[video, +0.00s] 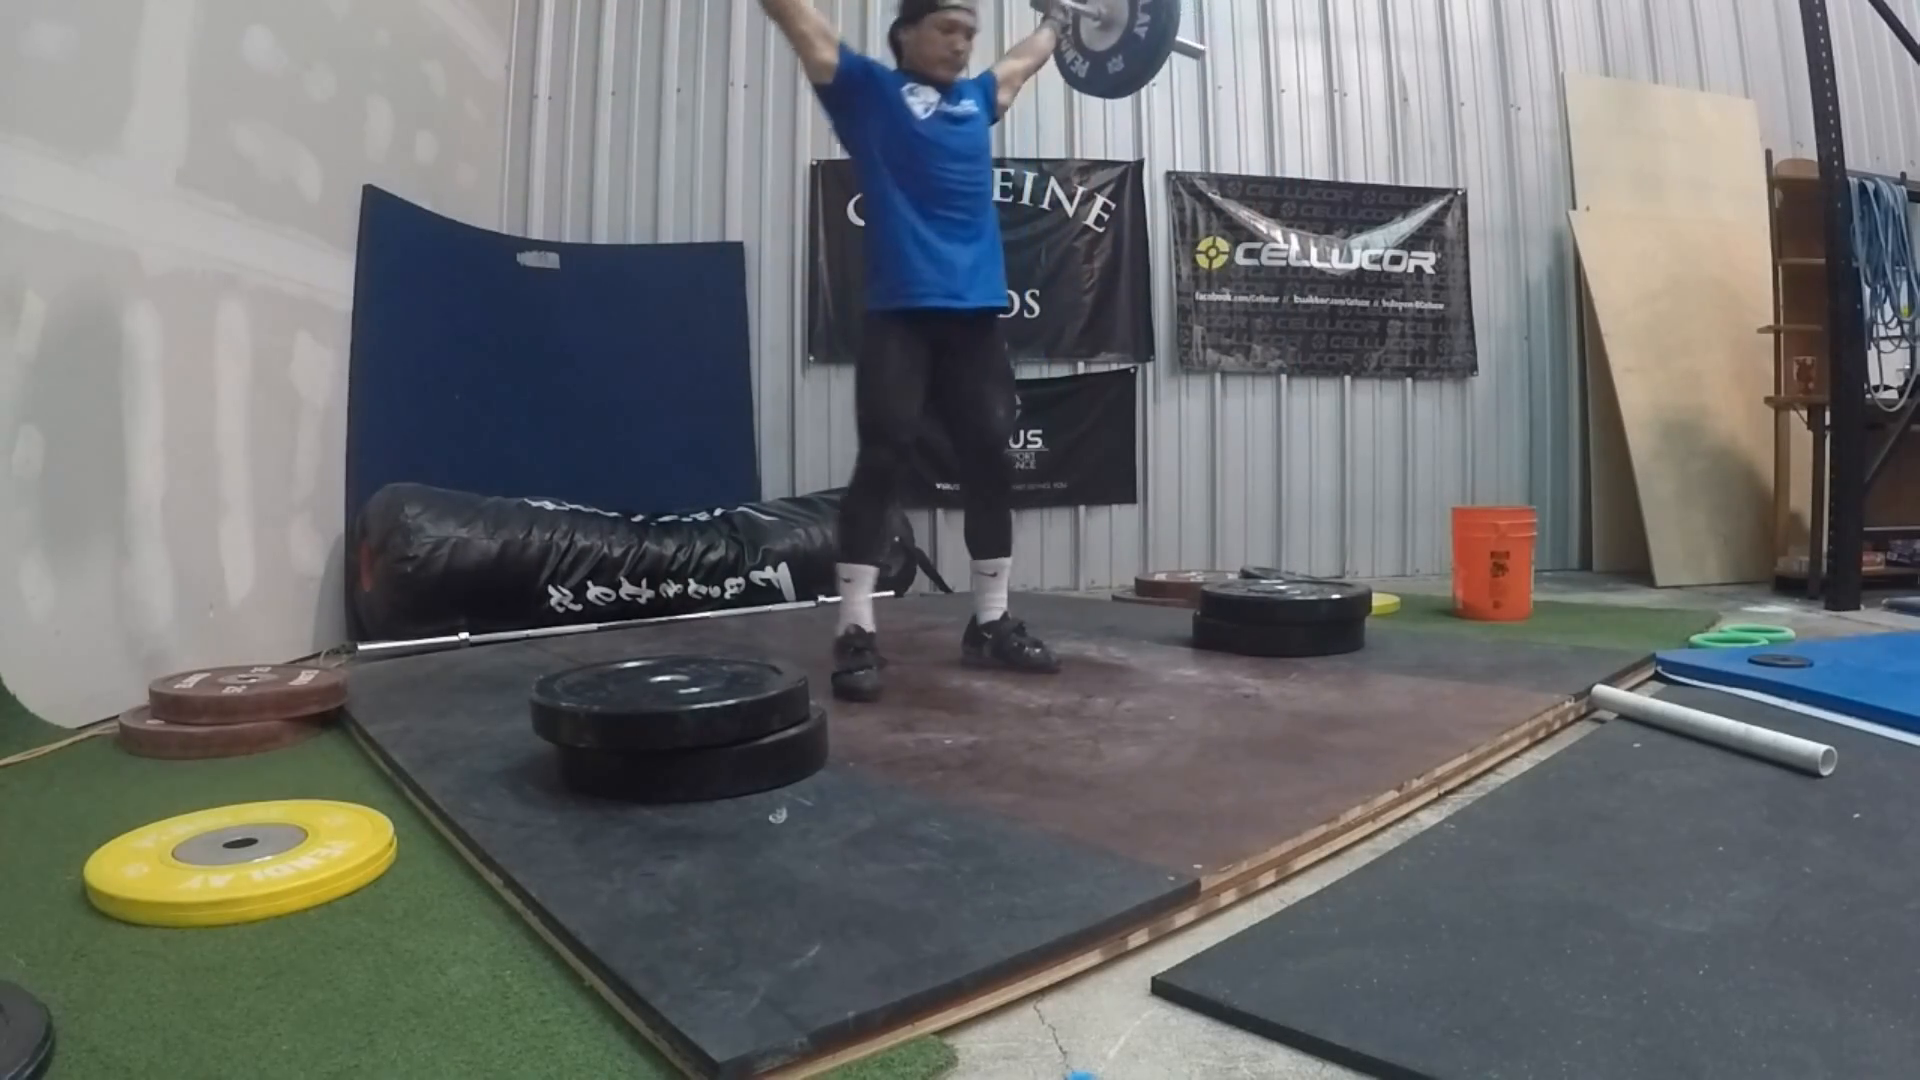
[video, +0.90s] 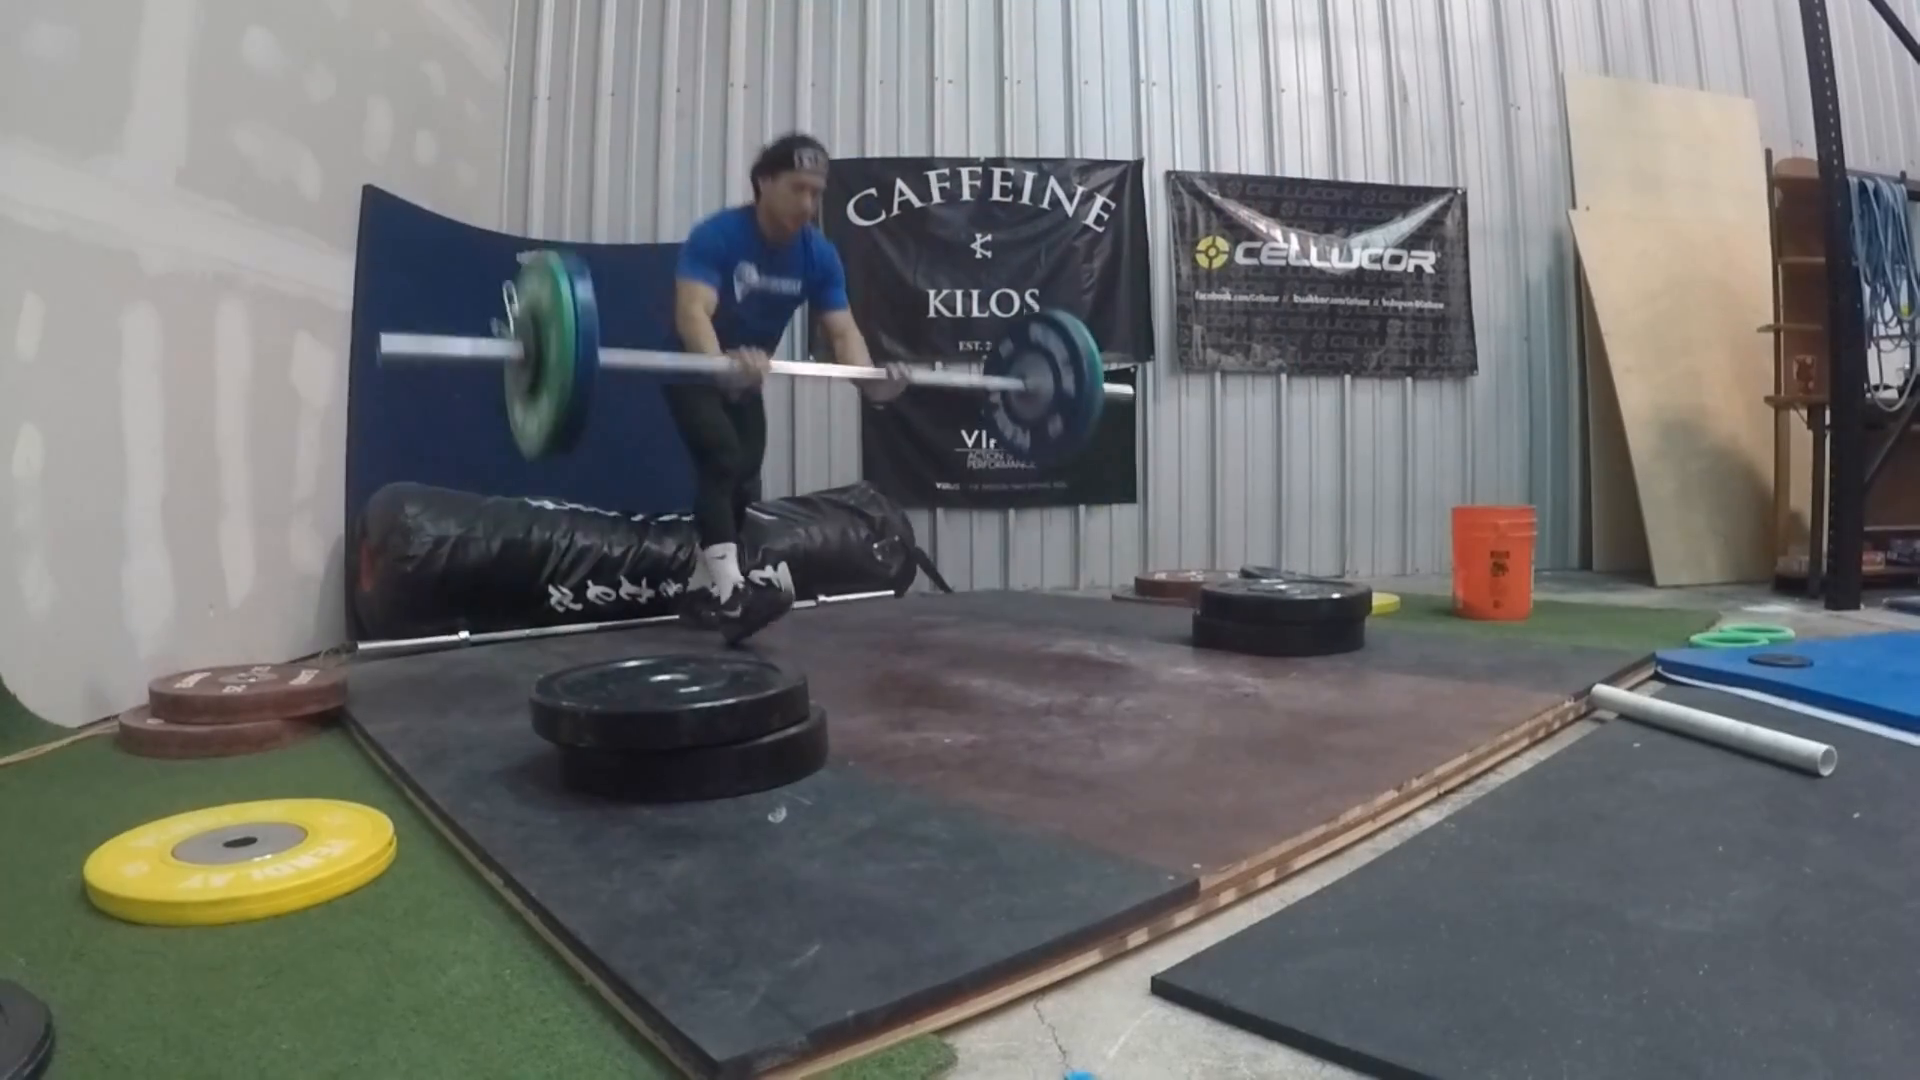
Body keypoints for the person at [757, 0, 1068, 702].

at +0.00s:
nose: (962, 44)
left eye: (968, 34)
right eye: (948, 30)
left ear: (972, 45)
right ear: (904, 37)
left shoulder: (977, 98)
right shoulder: (869, 89)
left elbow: (1021, 63)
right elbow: (800, 22)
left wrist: (1063, 22)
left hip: (976, 319)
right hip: (898, 319)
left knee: (991, 457)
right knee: (884, 457)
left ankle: (991, 621)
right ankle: (856, 631)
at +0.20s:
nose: (889, 84)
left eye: (895, 74)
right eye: (876, 72)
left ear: (899, 79)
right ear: (838, 77)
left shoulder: (917, 141)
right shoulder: (804, 134)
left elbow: (985, 110)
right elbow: (727, 70)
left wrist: (1027, 59)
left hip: (920, 340)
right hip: (846, 339)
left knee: (952, 462)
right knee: (853, 470)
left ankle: (989, 622)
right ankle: (770, 598)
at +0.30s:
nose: (851, 105)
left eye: (858, 96)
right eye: (838, 93)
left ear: (862, 108)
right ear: (800, 101)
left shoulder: (873, 171)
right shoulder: (767, 156)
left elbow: (947, 164)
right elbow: (688, 140)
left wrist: (1005, 124)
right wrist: (697, 60)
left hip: (875, 356)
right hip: (801, 355)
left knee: (918, 470)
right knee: (809, 484)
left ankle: (981, 617)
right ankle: (754, 610)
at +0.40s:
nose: (827, 105)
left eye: (835, 97)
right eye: (815, 91)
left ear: (838, 108)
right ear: (778, 97)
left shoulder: (842, 182)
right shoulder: (744, 156)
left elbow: (919, 218)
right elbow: (668, 206)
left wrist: (992, 207)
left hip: (834, 349)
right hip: (765, 347)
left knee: (895, 447)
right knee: (780, 465)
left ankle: (922, 598)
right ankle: (750, 613)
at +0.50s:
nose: (814, 107)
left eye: (822, 99)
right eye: (803, 95)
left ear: (826, 106)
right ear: (768, 93)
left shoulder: (835, 179)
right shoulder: (729, 149)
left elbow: (879, 252)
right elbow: (670, 213)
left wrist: (946, 278)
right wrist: (682, 252)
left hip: (810, 342)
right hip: (741, 339)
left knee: (875, 440)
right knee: (760, 452)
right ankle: (745, 608)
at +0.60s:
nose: (805, 117)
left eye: (814, 108)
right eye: (795, 104)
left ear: (818, 113)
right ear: (759, 101)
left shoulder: (824, 184)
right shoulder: (717, 158)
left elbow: (843, 265)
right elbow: (667, 228)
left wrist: (885, 323)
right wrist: (685, 293)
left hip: (795, 347)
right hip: (727, 340)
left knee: (820, 457)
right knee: (743, 450)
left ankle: (778, 572)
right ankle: (735, 589)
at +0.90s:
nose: (808, 205)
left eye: (816, 194)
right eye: (798, 190)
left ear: (823, 196)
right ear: (763, 185)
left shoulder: (818, 255)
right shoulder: (715, 236)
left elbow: (843, 332)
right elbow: (691, 317)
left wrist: (872, 383)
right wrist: (723, 362)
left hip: (749, 374)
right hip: (693, 369)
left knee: (745, 476)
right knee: (723, 459)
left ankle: (703, 583)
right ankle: (728, 589)